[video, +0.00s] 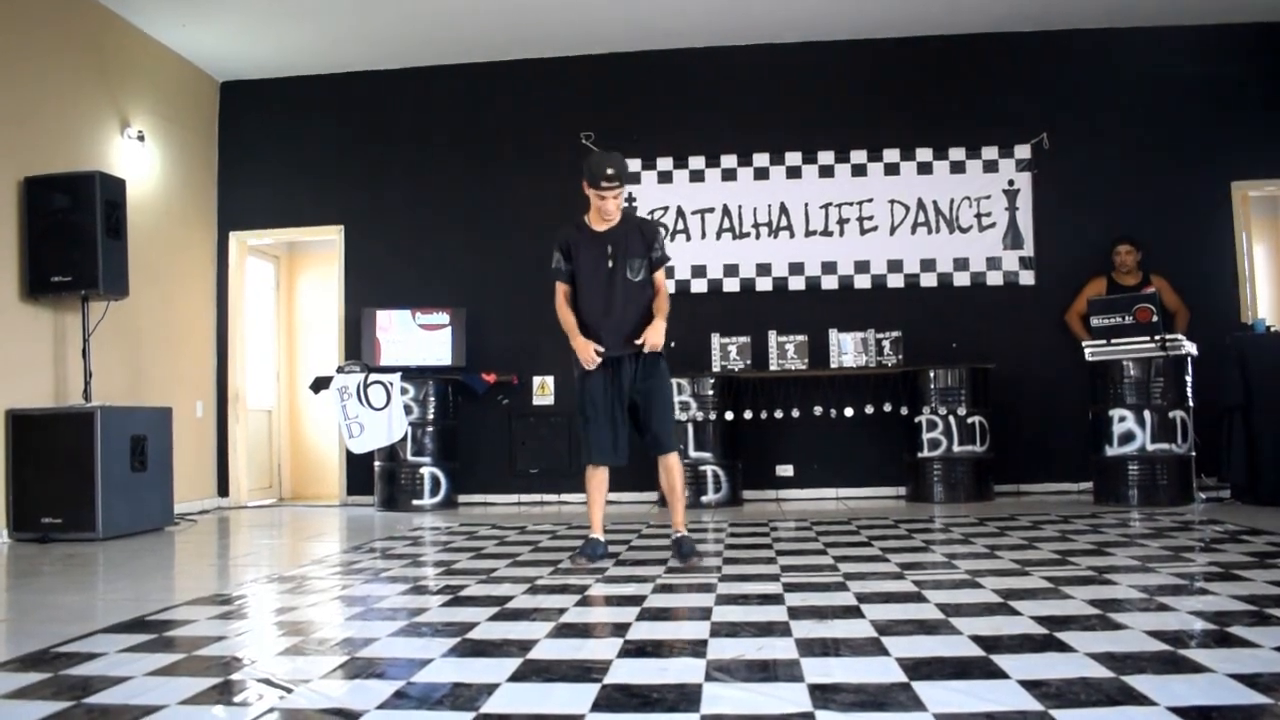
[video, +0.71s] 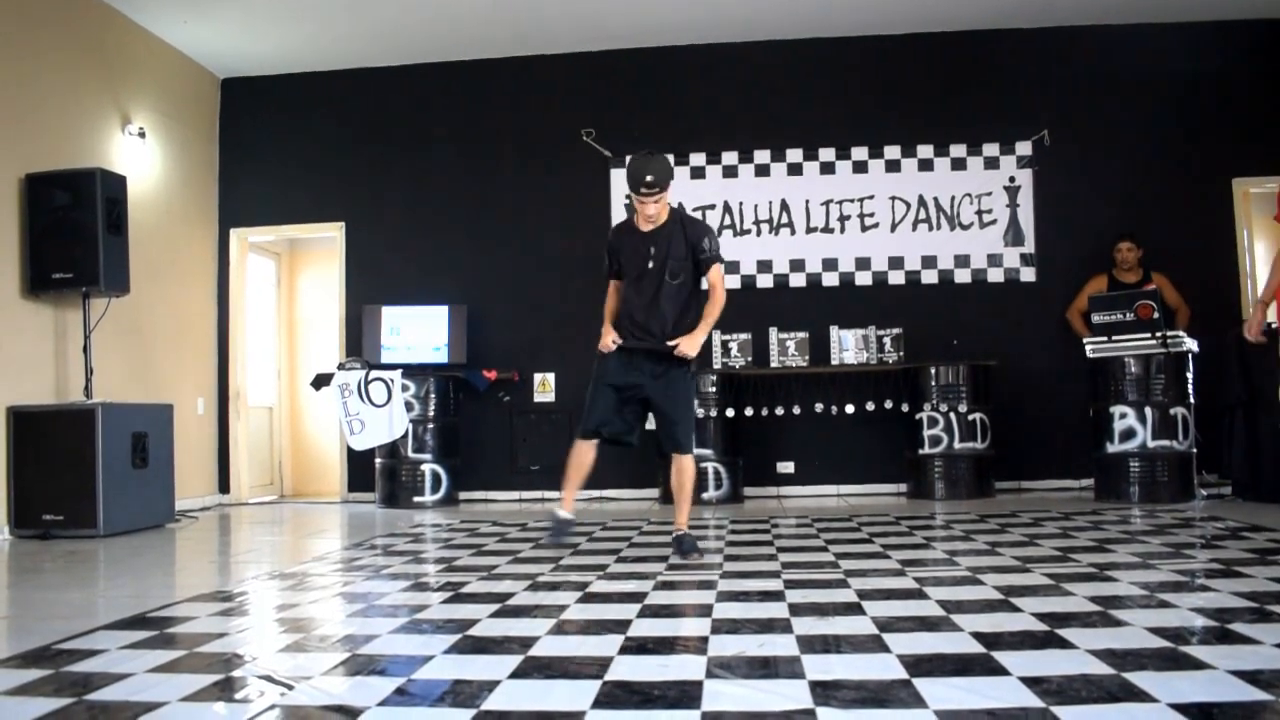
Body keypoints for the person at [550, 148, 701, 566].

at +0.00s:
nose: (611, 205)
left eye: (617, 196)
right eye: (603, 196)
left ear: (626, 192)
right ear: (587, 190)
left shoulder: (646, 233)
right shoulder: (570, 240)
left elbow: (661, 289)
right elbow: (562, 300)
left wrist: (660, 323)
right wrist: (576, 339)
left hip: (646, 357)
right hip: (597, 361)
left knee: (666, 446)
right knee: (597, 452)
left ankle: (680, 533)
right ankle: (596, 538)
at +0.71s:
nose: (647, 209)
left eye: (655, 200)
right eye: (640, 200)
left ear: (668, 193)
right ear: (630, 195)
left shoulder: (695, 233)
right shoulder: (620, 237)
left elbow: (718, 291)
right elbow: (614, 287)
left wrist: (698, 335)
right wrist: (607, 326)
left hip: (673, 359)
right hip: (623, 355)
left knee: (682, 445)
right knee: (589, 430)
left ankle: (681, 530)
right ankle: (564, 513)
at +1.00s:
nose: (640, 214)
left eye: (646, 205)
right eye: (632, 207)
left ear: (660, 195)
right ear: (622, 205)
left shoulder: (691, 230)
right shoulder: (619, 246)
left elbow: (722, 282)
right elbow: (615, 295)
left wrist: (712, 330)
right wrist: (627, 329)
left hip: (707, 351)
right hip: (658, 355)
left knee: (731, 441)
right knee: (649, 440)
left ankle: (759, 521)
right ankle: (657, 527)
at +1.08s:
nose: (640, 224)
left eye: (645, 215)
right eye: (632, 217)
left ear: (658, 213)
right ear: (623, 221)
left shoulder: (691, 245)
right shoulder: (626, 268)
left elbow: (726, 296)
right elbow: (628, 330)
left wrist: (729, 349)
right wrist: (639, 376)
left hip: (716, 367)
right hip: (666, 378)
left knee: (766, 441)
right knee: (653, 451)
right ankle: (658, 530)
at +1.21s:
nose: (657, 232)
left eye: (663, 223)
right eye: (647, 226)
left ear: (672, 226)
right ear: (634, 235)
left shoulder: (704, 255)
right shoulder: (645, 298)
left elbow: (738, 307)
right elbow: (654, 355)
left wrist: (750, 362)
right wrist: (665, 392)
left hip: (743, 381)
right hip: (694, 397)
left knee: (800, 442)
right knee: (669, 459)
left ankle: (857, 517)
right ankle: (660, 530)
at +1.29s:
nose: (675, 235)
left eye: (680, 228)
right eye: (665, 230)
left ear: (689, 233)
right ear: (650, 239)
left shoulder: (722, 262)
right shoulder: (658, 297)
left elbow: (758, 315)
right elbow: (670, 362)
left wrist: (774, 371)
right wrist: (684, 347)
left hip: (761, 379)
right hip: (711, 389)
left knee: (816, 447)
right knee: (682, 460)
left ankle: (862, 522)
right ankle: (662, 532)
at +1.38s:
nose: (698, 241)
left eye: (703, 233)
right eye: (688, 235)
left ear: (712, 238)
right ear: (672, 244)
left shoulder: (740, 270)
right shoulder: (680, 307)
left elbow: (773, 324)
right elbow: (709, 365)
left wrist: (775, 381)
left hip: (772, 379)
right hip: (725, 391)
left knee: (831, 442)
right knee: (691, 460)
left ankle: (864, 523)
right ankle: (663, 531)